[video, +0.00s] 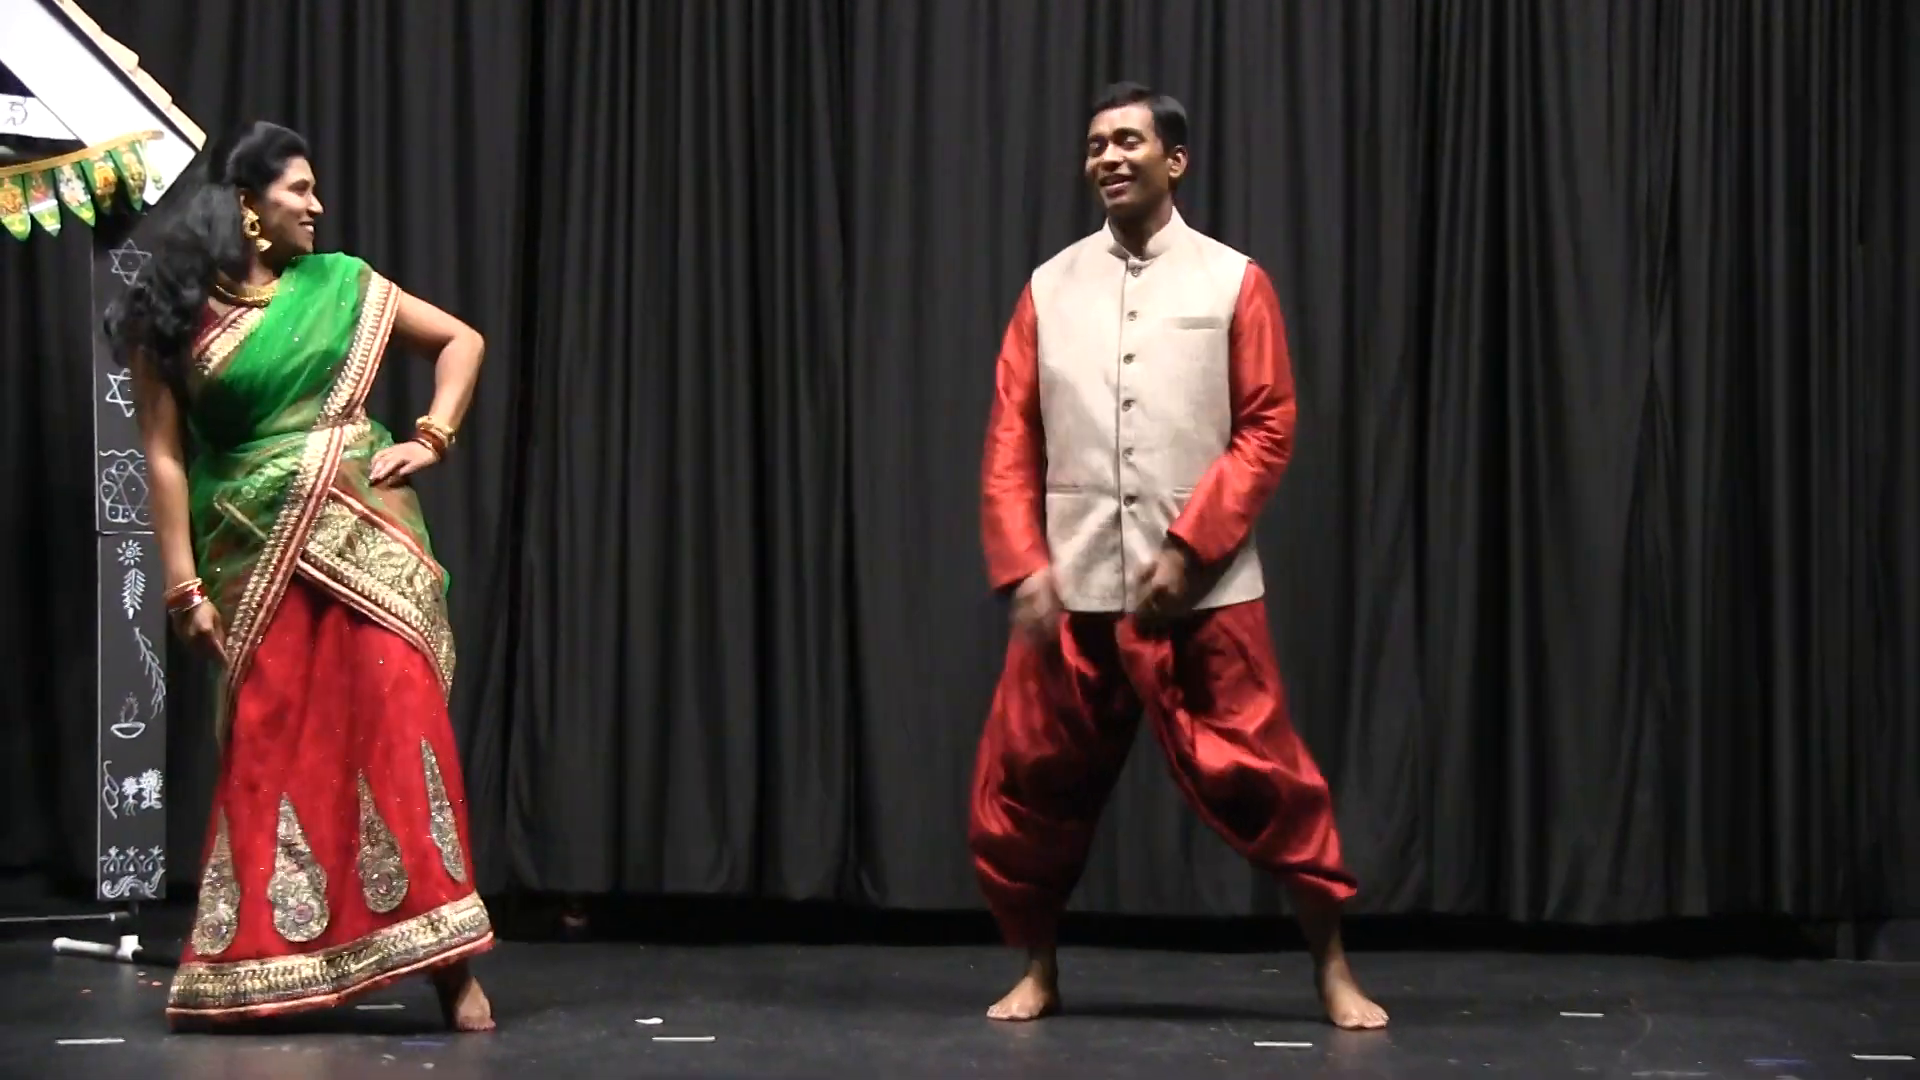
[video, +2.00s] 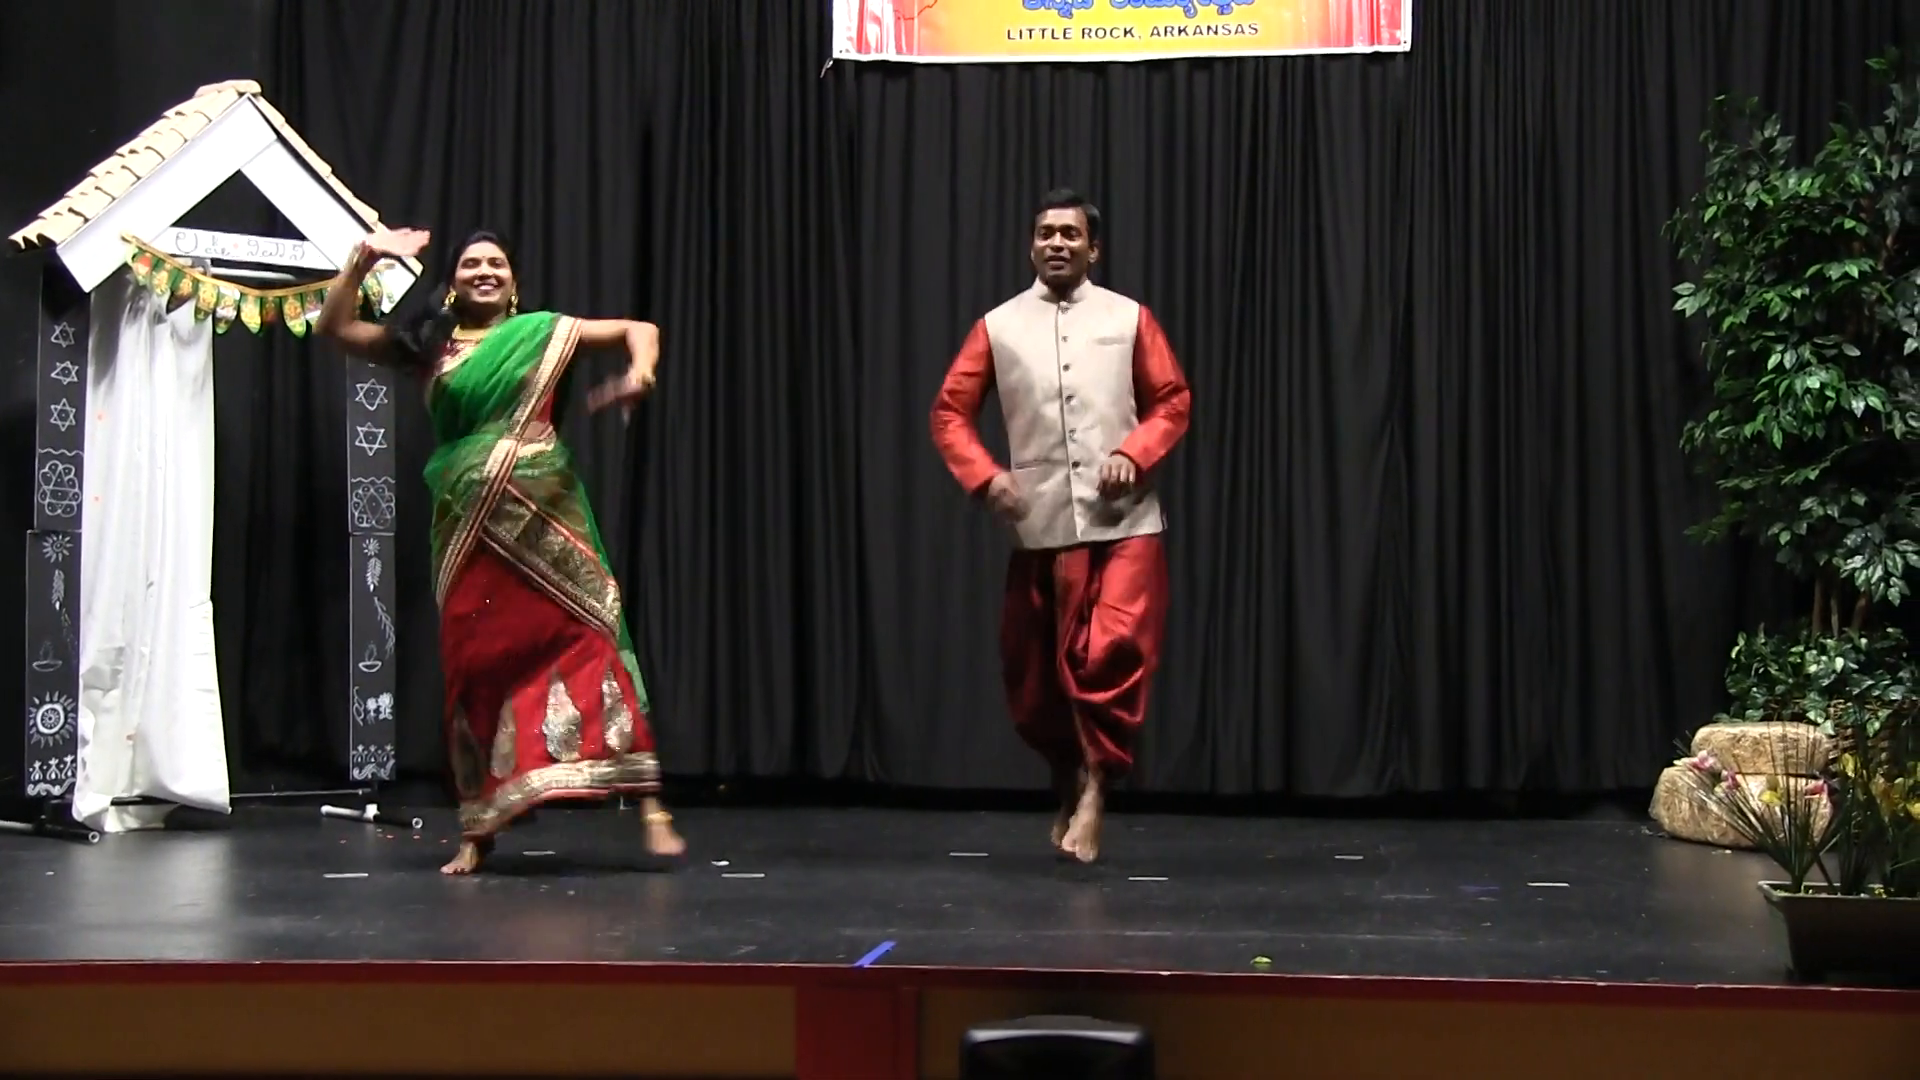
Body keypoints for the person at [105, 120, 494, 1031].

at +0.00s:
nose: (317, 205)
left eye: (316, 189)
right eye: (300, 190)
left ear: (302, 200)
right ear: (245, 202)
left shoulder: (347, 282)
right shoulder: (173, 320)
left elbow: (462, 340)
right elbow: (164, 451)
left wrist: (434, 436)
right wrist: (182, 583)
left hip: (372, 536)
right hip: (260, 553)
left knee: (402, 737)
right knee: (264, 750)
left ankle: (454, 962)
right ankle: (269, 973)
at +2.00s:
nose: (484, 272)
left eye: (495, 264)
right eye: (471, 264)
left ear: (514, 281)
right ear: (450, 282)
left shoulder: (543, 329)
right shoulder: (430, 344)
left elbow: (641, 329)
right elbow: (335, 328)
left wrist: (639, 370)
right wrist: (361, 258)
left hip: (551, 510)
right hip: (468, 519)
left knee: (605, 643)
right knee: (467, 667)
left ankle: (652, 809)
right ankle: (475, 834)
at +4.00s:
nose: (485, 302)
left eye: (496, 292)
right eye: (482, 292)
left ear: (531, 301)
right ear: (482, 301)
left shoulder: (573, 372)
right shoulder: (459, 371)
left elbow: (666, 367)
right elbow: (397, 431)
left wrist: (619, 317)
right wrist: (344, 475)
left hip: (513, 542)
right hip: (434, 534)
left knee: (512, 677)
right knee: (371, 665)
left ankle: (517, 837)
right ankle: (319, 824)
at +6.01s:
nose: (579, 308)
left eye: (579, 298)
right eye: (565, 298)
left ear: (577, 308)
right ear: (525, 311)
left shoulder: (602, 361)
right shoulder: (493, 379)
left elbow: (687, 396)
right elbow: (413, 366)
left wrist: (687, 455)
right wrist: (468, 312)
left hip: (650, 532)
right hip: (574, 553)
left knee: (711, 667)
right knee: (576, 690)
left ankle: (784, 810)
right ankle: (587, 843)